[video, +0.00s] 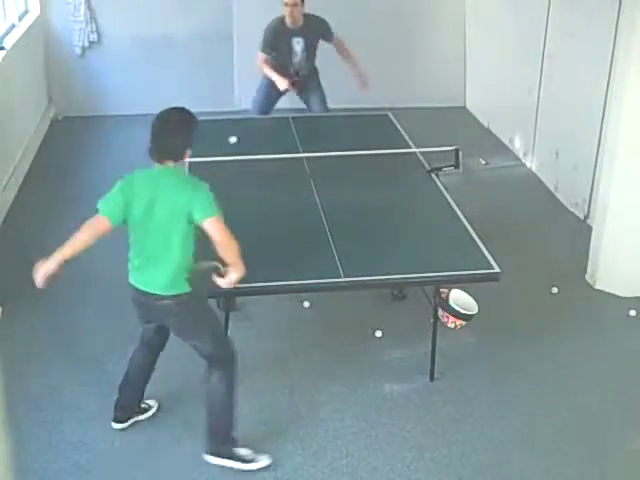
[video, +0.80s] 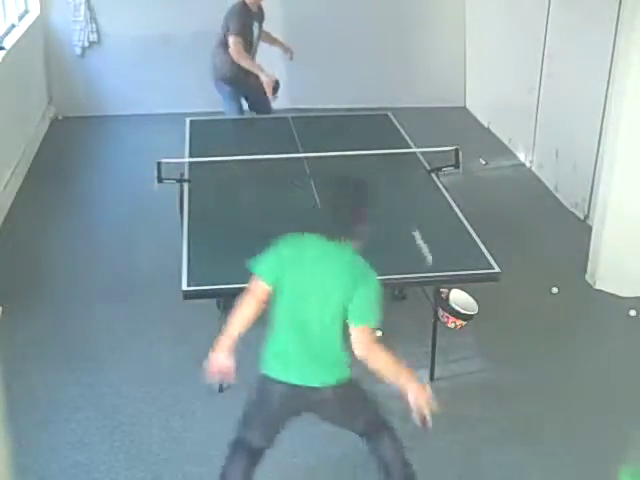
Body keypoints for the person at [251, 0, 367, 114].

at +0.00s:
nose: (290, 11)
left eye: (295, 6)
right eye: (287, 6)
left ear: (303, 7)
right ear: (283, 8)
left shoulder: (317, 24)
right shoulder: (274, 28)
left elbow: (339, 46)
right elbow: (262, 62)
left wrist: (358, 73)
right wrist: (278, 80)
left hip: (307, 77)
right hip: (277, 76)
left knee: (322, 115)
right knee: (257, 113)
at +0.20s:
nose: (281, 14)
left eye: (285, 9)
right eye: (277, 9)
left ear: (294, 8)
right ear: (273, 9)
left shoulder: (309, 25)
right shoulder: (266, 30)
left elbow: (333, 43)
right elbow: (251, 66)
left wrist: (354, 66)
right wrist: (271, 85)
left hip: (302, 79)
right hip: (271, 79)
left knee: (319, 116)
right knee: (257, 118)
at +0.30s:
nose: (275, 17)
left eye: (280, 12)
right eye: (272, 12)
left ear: (287, 11)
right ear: (267, 10)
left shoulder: (299, 26)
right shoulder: (258, 32)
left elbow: (322, 43)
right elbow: (235, 69)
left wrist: (344, 66)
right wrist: (261, 88)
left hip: (292, 83)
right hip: (262, 83)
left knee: (311, 118)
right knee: (253, 123)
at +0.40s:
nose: (272, 16)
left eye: (276, 11)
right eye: (268, 11)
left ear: (281, 11)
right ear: (261, 10)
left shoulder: (287, 28)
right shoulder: (251, 32)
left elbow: (303, 45)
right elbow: (232, 63)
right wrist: (257, 79)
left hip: (276, 79)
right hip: (251, 81)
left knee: (298, 116)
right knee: (250, 122)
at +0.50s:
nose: (267, 10)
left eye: (271, 6)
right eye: (263, 6)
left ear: (274, 8)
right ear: (256, 6)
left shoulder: (274, 26)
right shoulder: (247, 27)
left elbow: (283, 44)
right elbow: (245, 53)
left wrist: (307, 55)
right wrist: (264, 68)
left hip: (260, 81)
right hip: (235, 82)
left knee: (281, 109)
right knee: (243, 112)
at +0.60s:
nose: (264, 3)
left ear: (270, 3)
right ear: (252, 2)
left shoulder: (268, 20)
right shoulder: (245, 19)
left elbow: (270, 42)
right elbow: (250, 48)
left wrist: (297, 52)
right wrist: (268, 70)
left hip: (255, 79)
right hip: (232, 80)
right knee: (237, 119)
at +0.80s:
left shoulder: (258, 10)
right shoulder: (237, 12)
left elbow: (258, 33)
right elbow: (236, 52)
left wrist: (282, 46)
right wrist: (263, 75)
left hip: (248, 75)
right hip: (226, 76)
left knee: (266, 115)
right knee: (236, 119)